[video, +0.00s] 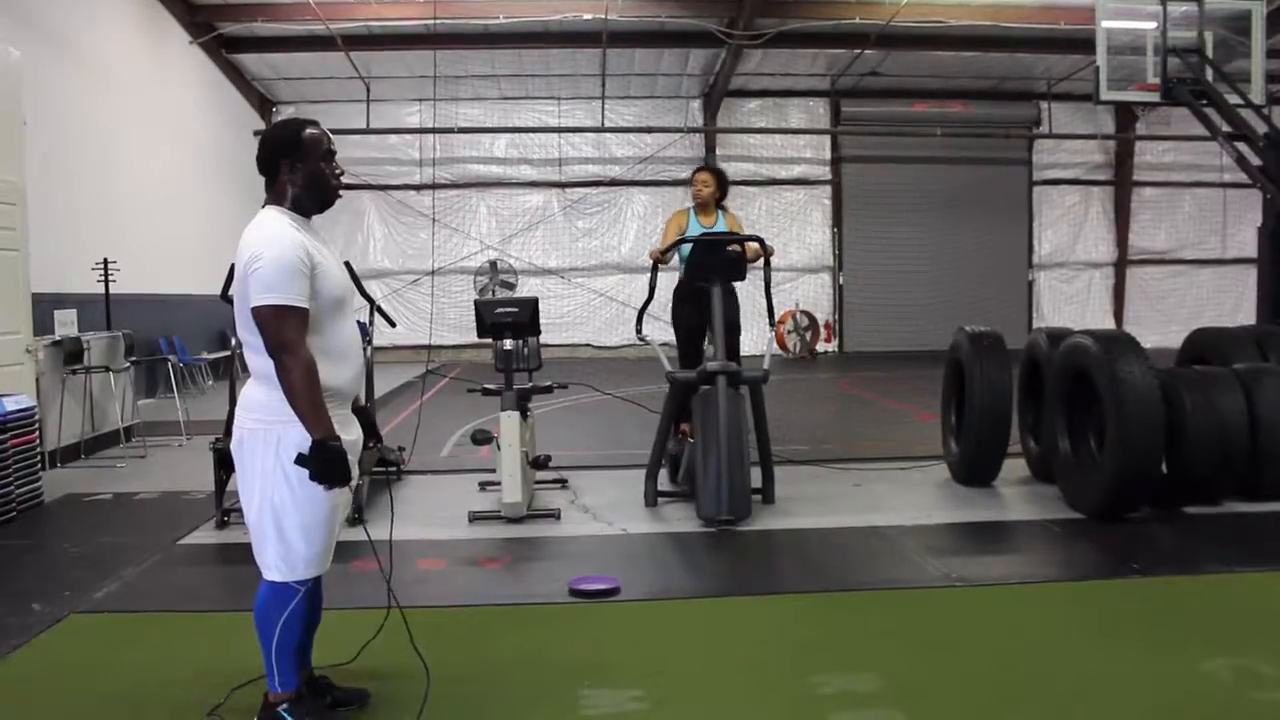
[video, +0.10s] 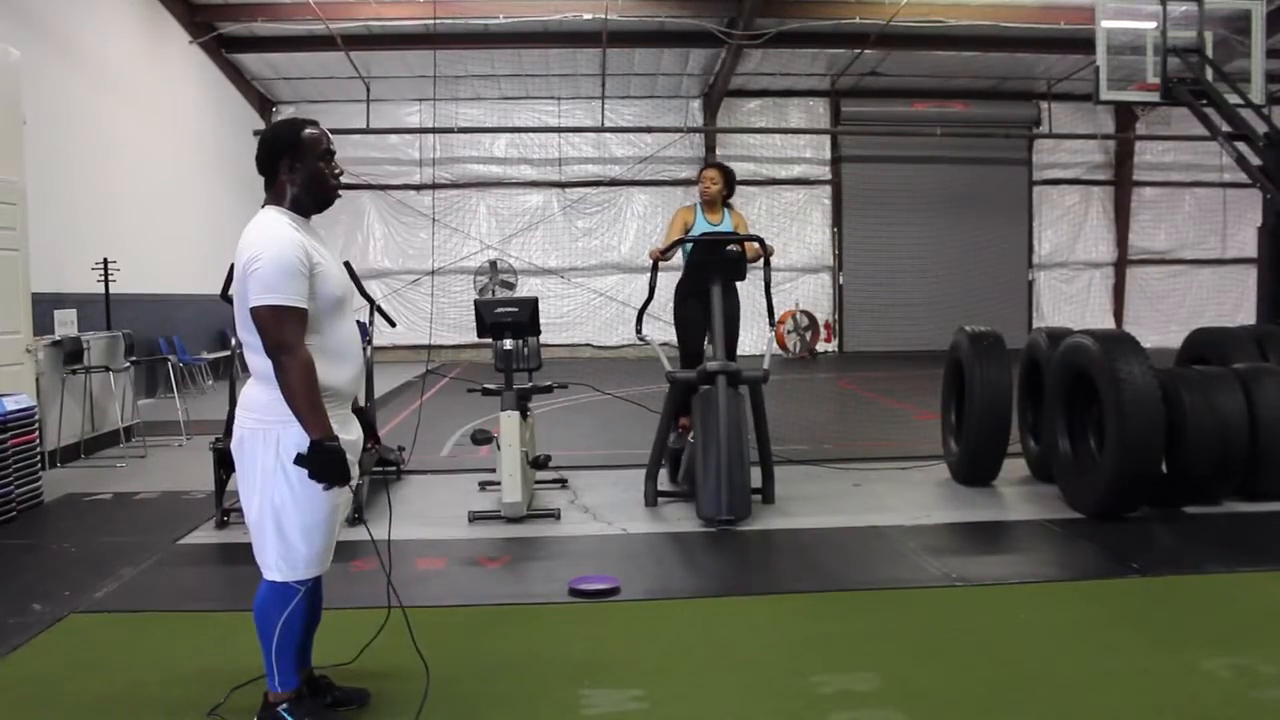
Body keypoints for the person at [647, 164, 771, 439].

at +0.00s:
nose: (697, 189)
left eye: (704, 185)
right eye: (695, 184)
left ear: (718, 190)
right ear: (690, 188)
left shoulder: (729, 219)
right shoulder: (680, 218)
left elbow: (745, 254)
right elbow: (667, 252)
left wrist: (759, 250)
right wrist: (659, 256)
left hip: (723, 294)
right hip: (689, 295)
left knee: (731, 356)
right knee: (690, 360)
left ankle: (731, 417)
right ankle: (685, 421)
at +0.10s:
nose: (705, 187)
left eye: (712, 182)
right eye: (702, 182)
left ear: (725, 189)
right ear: (697, 185)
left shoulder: (736, 218)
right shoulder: (686, 215)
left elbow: (748, 254)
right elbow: (671, 247)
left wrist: (761, 251)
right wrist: (660, 254)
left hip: (725, 292)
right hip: (691, 292)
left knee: (727, 357)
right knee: (691, 359)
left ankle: (726, 417)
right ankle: (684, 418)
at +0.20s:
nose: (710, 189)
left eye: (717, 185)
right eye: (706, 184)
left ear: (730, 191)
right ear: (701, 188)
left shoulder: (739, 221)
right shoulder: (690, 216)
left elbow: (749, 256)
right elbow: (672, 249)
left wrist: (761, 253)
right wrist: (661, 253)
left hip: (726, 292)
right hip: (693, 293)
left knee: (726, 355)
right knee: (692, 356)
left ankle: (724, 411)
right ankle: (685, 412)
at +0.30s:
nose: (710, 195)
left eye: (718, 190)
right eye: (707, 189)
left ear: (730, 196)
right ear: (703, 192)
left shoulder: (739, 224)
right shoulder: (691, 221)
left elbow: (750, 259)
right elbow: (672, 255)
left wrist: (761, 255)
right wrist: (660, 254)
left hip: (726, 295)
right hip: (693, 296)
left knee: (725, 355)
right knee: (693, 353)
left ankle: (723, 408)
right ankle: (684, 405)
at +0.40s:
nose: (709, 196)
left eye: (716, 192)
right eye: (706, 191)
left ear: (729, 198)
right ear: (701, 194)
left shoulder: (738, 226)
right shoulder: (690, 223)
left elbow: (748, 261)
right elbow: (671, 256)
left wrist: (760, 254)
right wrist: (660, 254)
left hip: (725, 296)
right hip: (692, 297)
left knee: (723, 354)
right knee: (695, 348)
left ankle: (720, 407)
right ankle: (687, 402)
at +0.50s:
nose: (704, 193)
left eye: (711, 189)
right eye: (701, 188)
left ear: (723, 194)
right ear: (696, 190)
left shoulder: (734, 221)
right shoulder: (685, 220)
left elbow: (746, 258)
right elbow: (670, 253)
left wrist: (759, 253)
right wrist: (660, 255)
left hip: (725, 294)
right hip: (692, 295)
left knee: (723, 352)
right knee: (696, 348)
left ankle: (721, 407)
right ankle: (690, 405)